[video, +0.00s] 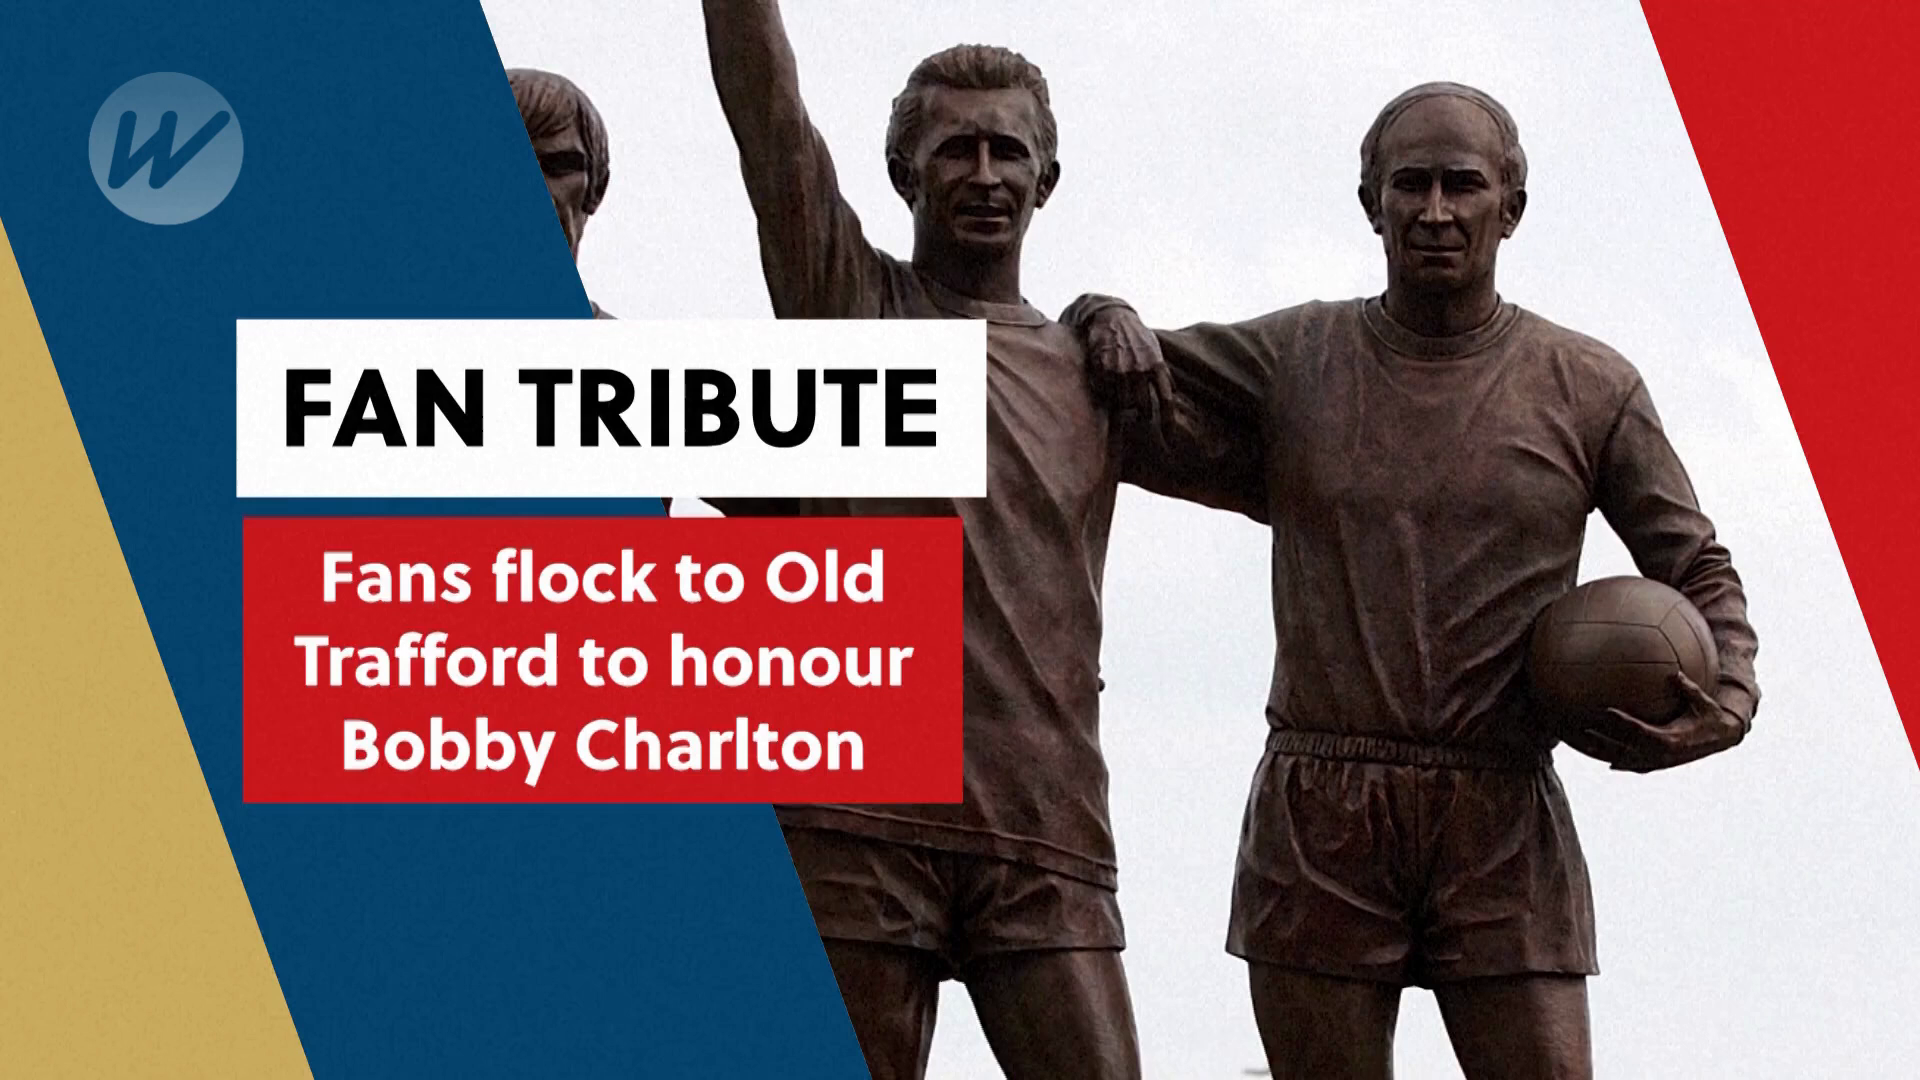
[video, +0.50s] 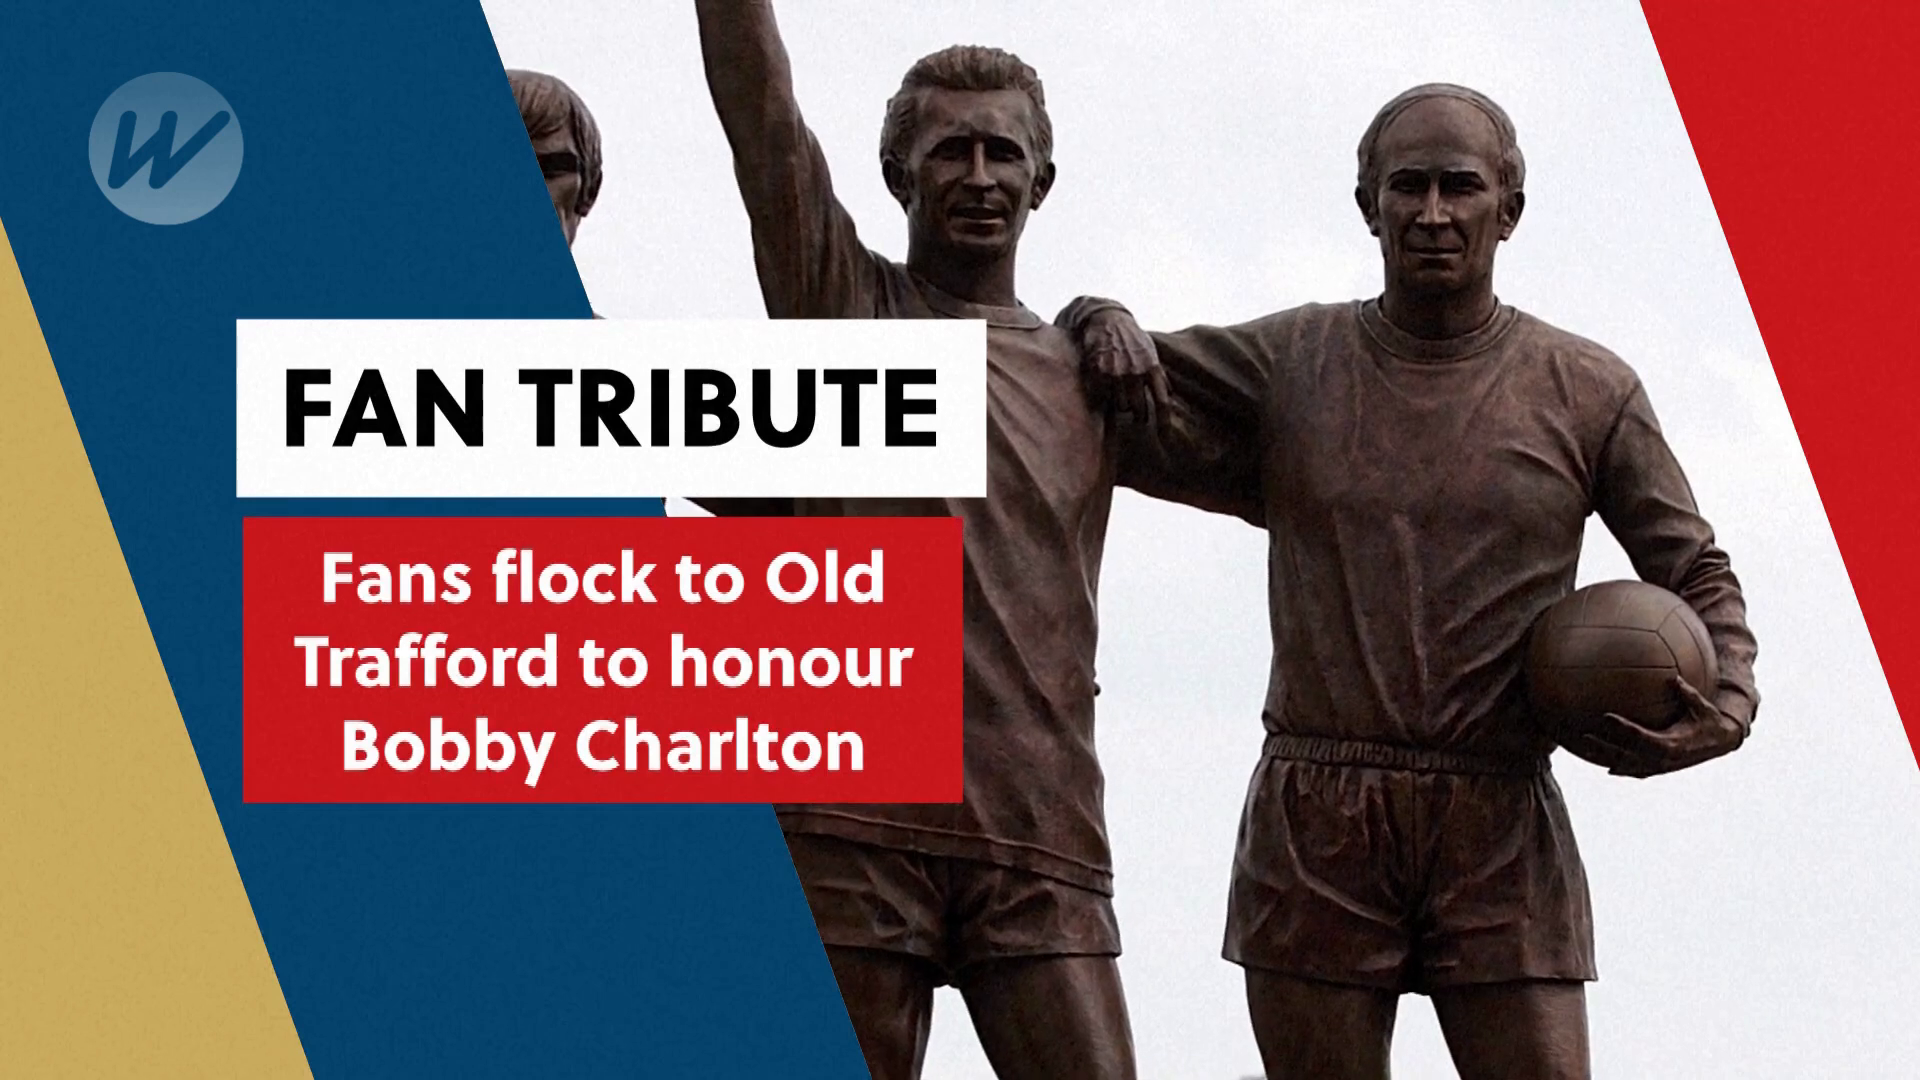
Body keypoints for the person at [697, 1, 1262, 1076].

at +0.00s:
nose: (985, 172)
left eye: (1009, 150)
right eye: (956, 149)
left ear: (1043, 177)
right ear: (903, 174)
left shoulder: (1094, 375)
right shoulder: (843, 303)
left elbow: (1293, 464)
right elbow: (761, 101)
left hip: (1047, 837)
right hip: (850, 827)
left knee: (1099, 1068)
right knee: (859, 1062)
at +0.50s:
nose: (979, 173)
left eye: (1003, 151)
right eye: (950, 150)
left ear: (1040, 177)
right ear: (898, 173)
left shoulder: (1089, 378)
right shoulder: (836, 305)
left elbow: (1289, 466)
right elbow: (756, 104)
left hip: (1040, 844)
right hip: (846, 832)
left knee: (1096, 1068)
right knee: (854, 1064)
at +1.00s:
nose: (974, 175)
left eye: (999, 154)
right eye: (945, 152)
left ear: (1037, 179)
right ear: (890, 172)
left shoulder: (1087, 376)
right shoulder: (829, 305)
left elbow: (1282, 467)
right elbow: (755, 122)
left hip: (1036, 851)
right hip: (838, 840)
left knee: (1090, 1063)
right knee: (843, 1062)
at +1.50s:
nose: (970, 177)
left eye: (994, 154)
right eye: (940, 153)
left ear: (1030, 181)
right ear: (888, 176)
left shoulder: (1081, 387)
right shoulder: (825, 310)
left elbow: (1286, 481)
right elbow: (748, 119)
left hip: (1031, 854)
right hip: (838, 843)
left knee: (1084, 1063)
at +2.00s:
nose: (963, 178)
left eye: (987, 156)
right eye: (933, 156)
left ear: (1024, 184)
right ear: (882, 182)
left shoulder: (1077, 388)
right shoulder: (820, 314)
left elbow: (1283, 482)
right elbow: (741, 122)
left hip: (1027, 859)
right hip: (833, 851)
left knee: (1079, 1067)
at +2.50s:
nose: (959, 180)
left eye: (983, 157)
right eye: (928, 157)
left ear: (1020, 184)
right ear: (876, 181)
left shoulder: (1071, 390)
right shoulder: (815, 317)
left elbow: (1279, 487)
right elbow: (735, 125)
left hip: (1021, 863)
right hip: (828, 857)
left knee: (1074, 1068)